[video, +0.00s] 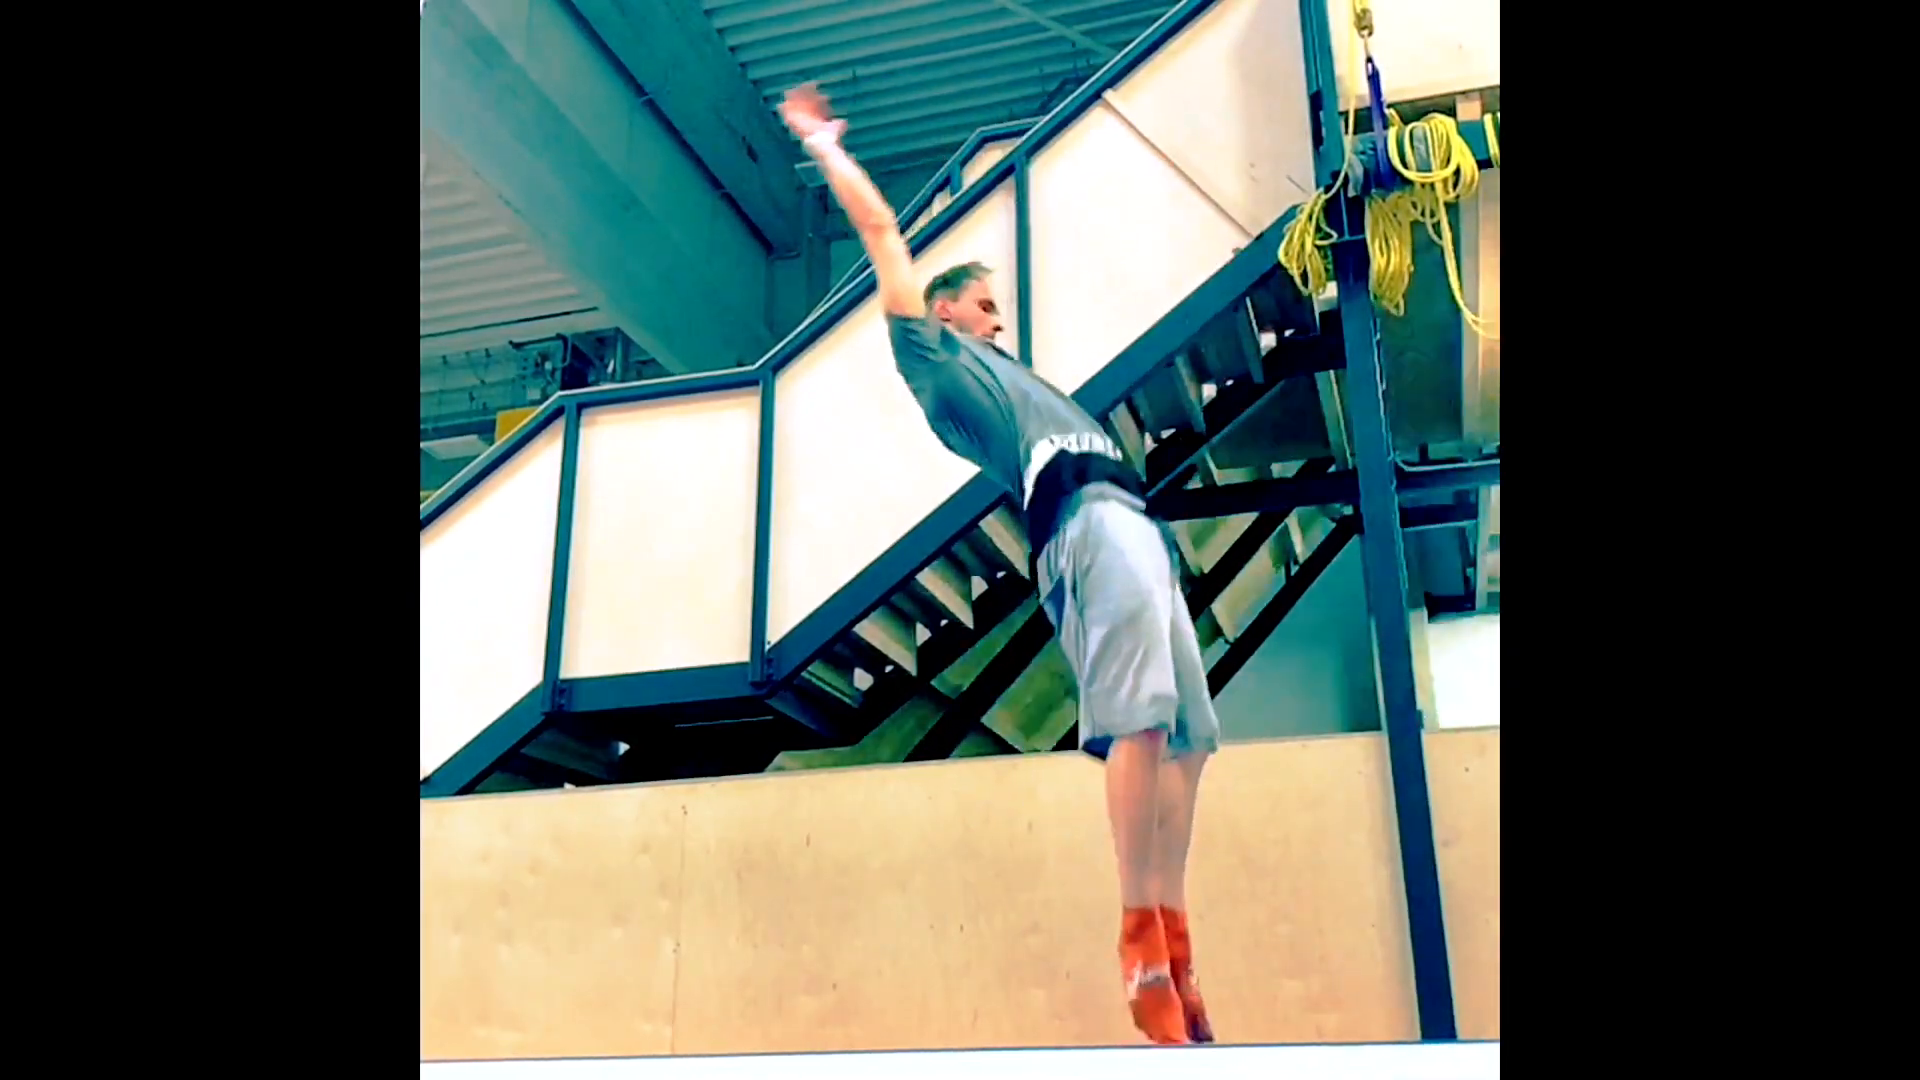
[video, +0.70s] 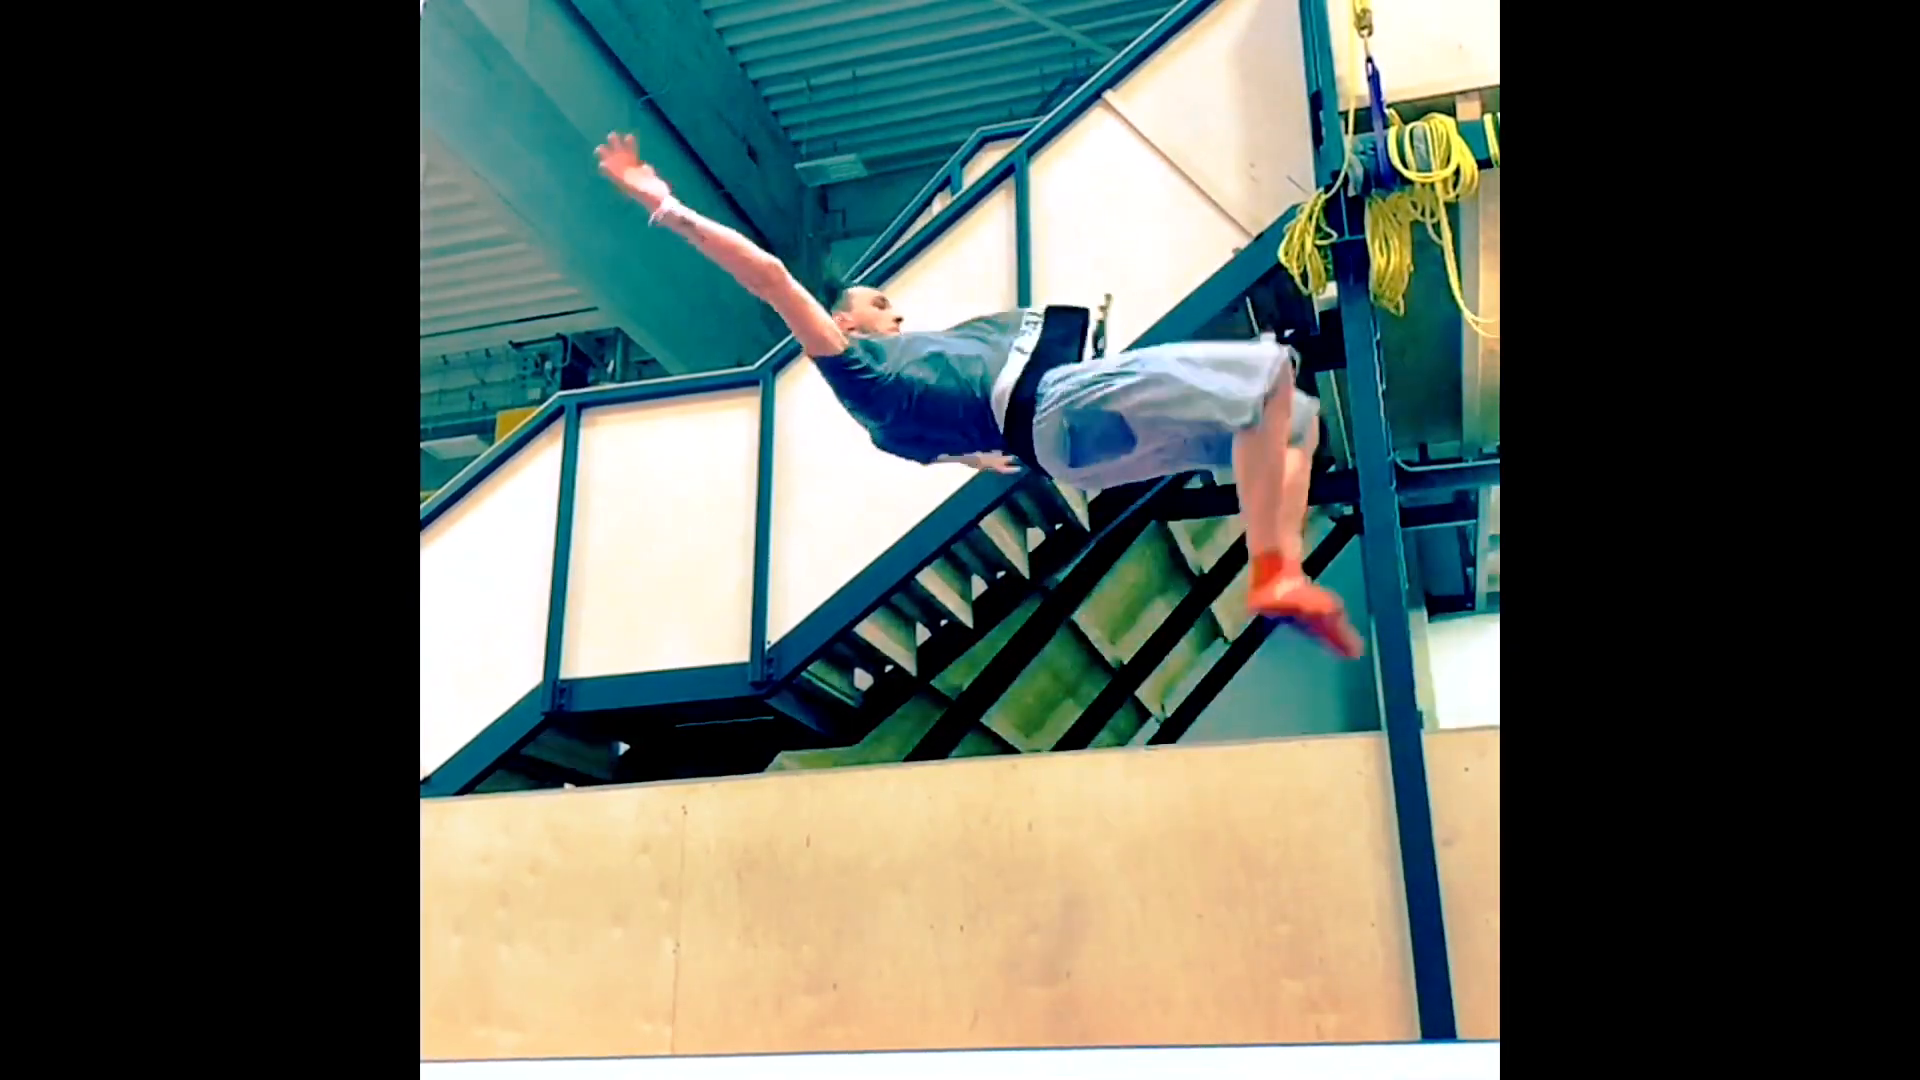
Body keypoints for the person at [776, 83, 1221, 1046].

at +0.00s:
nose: (998, 310)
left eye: (997, 303)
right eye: (982, 300)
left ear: (983, 320)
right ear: (938, 306)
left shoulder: (1007, 377)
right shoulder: (929, 349)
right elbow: (877, 226)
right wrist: (823, 139)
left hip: (1136, 530)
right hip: (1090, 522)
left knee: (1186, 731)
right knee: (1139, 722)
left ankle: (1172, 934)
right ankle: (1140, 940)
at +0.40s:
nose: (958, 287)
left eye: (954, 280)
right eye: (941, 282)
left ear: (943, 300)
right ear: (903, 303)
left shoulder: (988, 352)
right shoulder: (903, 346)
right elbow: (800, 255)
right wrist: (705, 203)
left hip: (1154, 457)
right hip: (1102, 450)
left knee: (1227, 656)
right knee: (1179, 626)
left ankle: (1183, 840)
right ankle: (1145, 833)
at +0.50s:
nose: (949, 293)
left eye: (947, 286)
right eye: (932, 287)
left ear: (937, 302)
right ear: (896, 306)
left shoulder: (973, 358)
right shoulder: (895, 347)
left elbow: (917, 411)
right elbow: (788, 263)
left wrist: (896, 410)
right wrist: (684, 214)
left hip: (1157, 443)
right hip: (1105, 437)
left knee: (1241, 626)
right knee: (1194, 602)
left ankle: (1189, 809)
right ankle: (1146, 800)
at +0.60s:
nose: (928, 292)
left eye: (924, 286)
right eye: (910, 289)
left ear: (915, 308)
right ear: (879, 310)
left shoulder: (948, 365)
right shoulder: (876, 348)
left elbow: (934, 429)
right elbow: (768, 276)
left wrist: (910, 445)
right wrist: (657, 237)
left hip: (1131, 412)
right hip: (1085, 408)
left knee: (1272, 561)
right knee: (1224, 533)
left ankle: (1217, 742)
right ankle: (1172, 721)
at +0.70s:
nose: (887, 299)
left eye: (881, 295)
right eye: (869, 301)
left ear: (887, 318)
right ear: (844, 333)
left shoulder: (937, 357)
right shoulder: (864, 380)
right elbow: (767, 274)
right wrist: (662, 204)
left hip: (1093, 397)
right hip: (1061, 408)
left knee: (1299, 420)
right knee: (1262, 373)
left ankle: (1282, 580)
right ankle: (1275, 570)